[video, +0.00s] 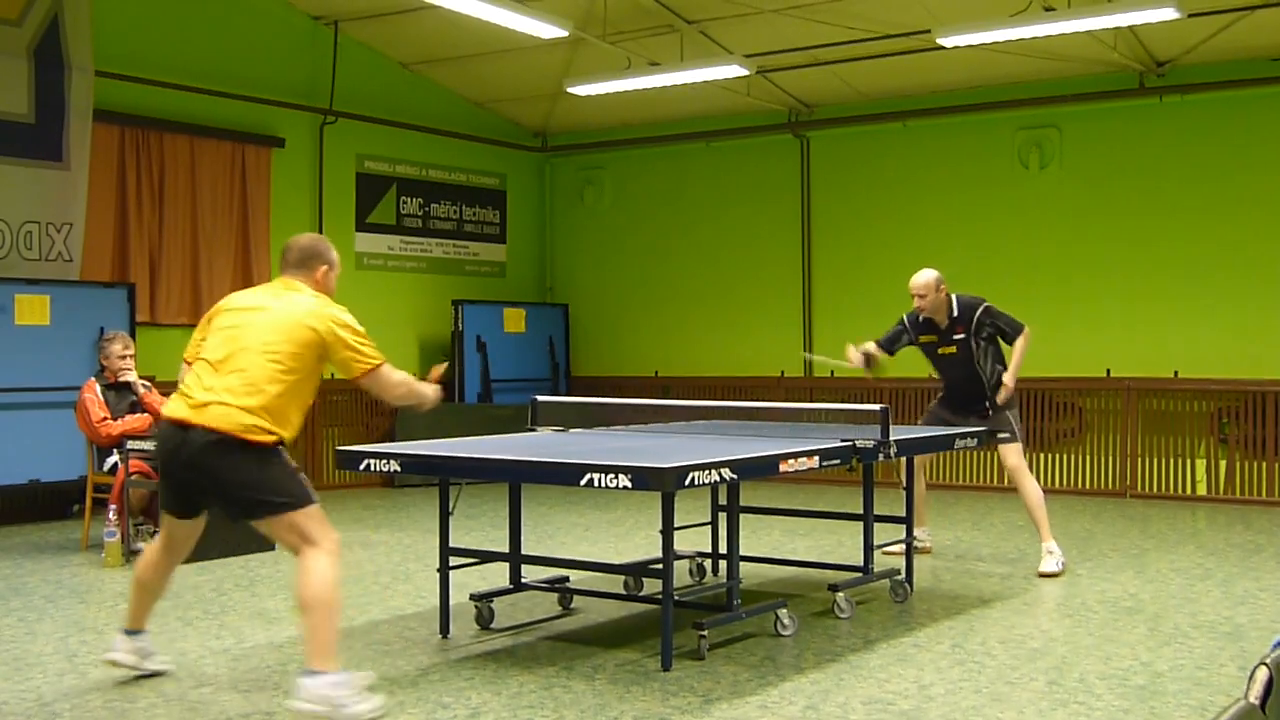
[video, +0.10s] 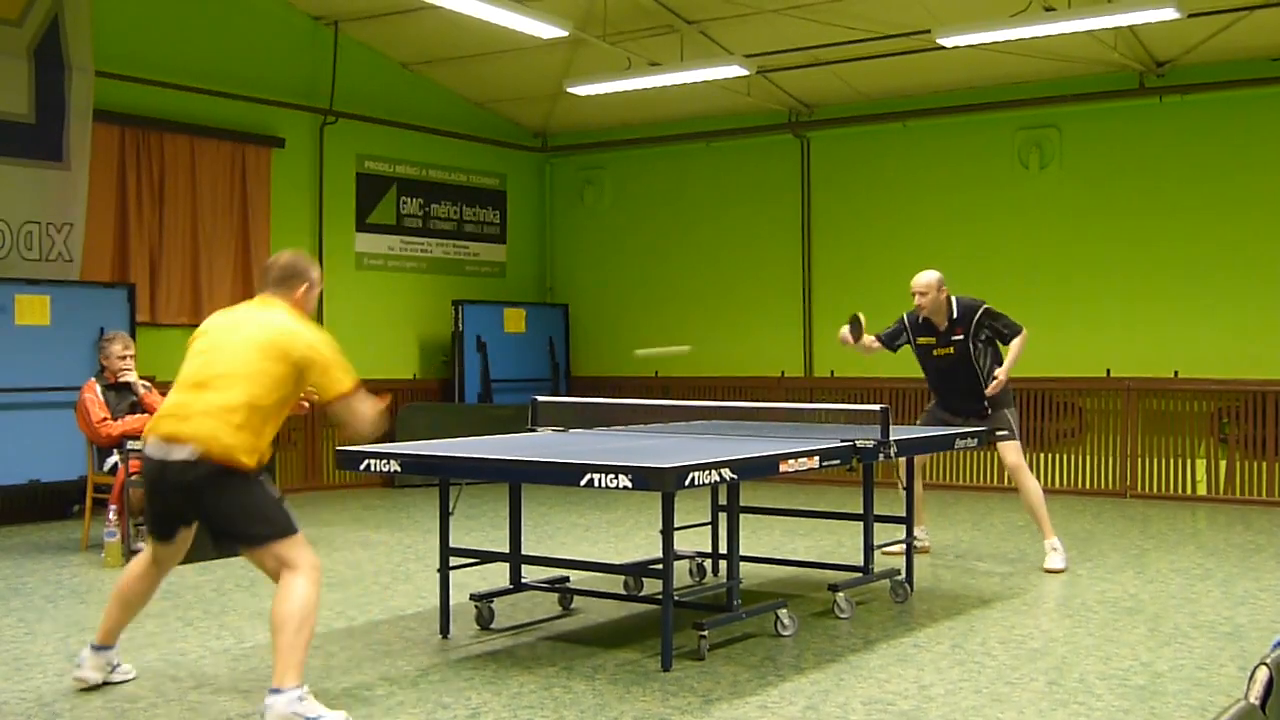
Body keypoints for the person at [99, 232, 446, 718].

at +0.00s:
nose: (335, 284)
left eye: (335, 276)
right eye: (335, 276)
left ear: (286, 268)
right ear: (323, 273)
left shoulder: (232, 301)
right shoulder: (325, 315)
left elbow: (189, 370)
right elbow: (390, 386)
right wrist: (428, 393)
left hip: (177, 436)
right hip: (239, 445)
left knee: (171, 539)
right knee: (318, 544)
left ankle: (130, 638)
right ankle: (322, 675)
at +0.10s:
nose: (317, 300)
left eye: (317, 291)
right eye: (317, 291)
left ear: (266, 285)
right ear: (305, 289)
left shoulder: (218, 319)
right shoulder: (303, 334)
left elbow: (209, 384)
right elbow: (361, 422)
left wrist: (286, 400)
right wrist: (374, 408)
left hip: (160, 459)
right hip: (217, 466)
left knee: (159, 553)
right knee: (298, 566)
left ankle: (98, 655)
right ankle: (287, 693)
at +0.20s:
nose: (293, 315)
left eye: (292, 307)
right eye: (292, 307)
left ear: (243, 302)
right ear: (279, 306)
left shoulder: (190, 338)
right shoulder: (279, 349)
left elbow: (167, 403)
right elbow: (329, 437)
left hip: (145, 476)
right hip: (213, 481)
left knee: (156, 557)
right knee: (303, 573)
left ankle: (94, 659)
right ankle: (287, 694)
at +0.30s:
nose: (251, 317)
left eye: (251, 311)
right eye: (250, 310)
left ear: (196, 305)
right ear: (237, 308)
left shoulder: (149, 346)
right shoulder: (251, 351)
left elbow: (146, 414)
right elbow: (305, 428)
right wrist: (267, 453)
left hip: (134, 499)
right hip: (207, 499)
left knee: (127, 552)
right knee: (295, 577)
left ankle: (89, 659)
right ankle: (286, 694)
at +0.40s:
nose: (226, 317)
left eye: (223, 311)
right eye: (225, 311)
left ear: (173, 310)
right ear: (215, 311)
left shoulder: (128, 344)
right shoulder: (236, 346)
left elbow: (89, 391)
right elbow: (309, 386)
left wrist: (138, 404)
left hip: (121, 491)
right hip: (192, 493)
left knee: (113, 551)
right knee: (278, 576)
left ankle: (88, 660)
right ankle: (284, 693)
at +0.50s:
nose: (205, 318)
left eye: (204, 312)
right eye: (204, 312)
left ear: (152, 311)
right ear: (194, 311)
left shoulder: (105, 344)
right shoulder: (217, 344)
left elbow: (44, 384)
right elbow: (300, 350)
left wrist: (92, 396)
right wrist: (364, 346)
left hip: (104, 485)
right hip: (176, 486)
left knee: (108, 550)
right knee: (261, 574)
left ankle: (87, 660)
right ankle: (263, 687)